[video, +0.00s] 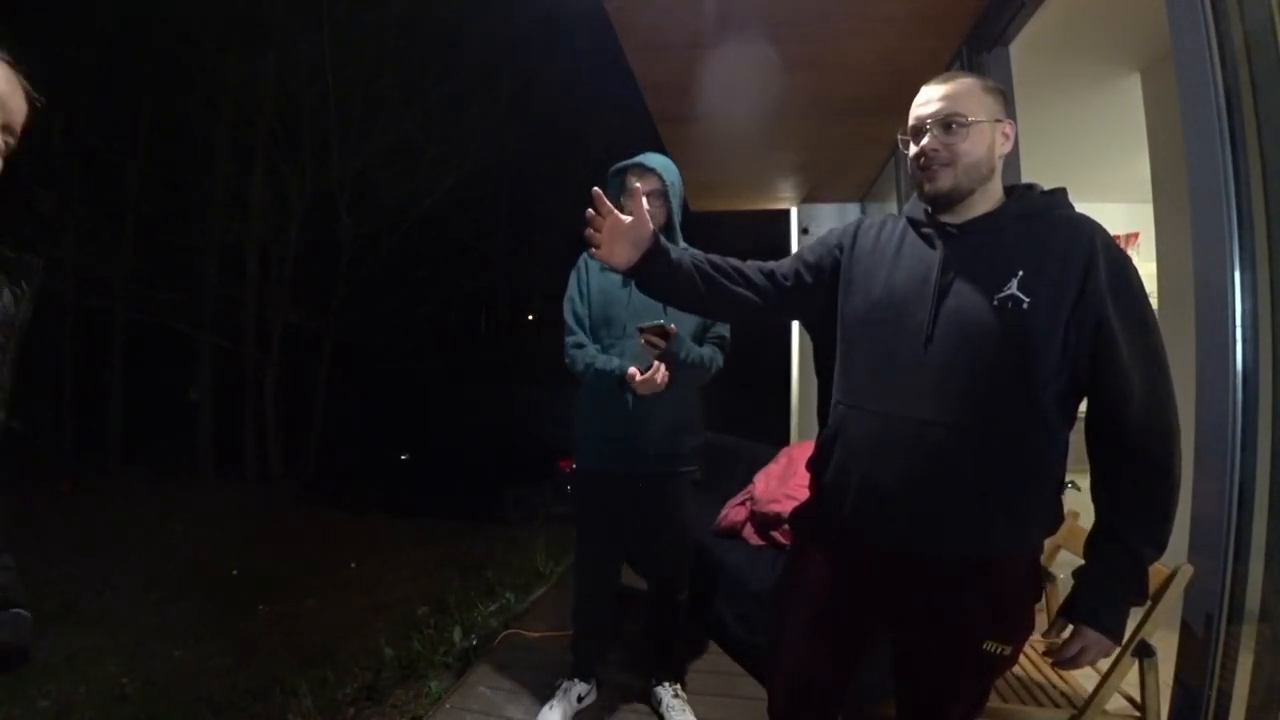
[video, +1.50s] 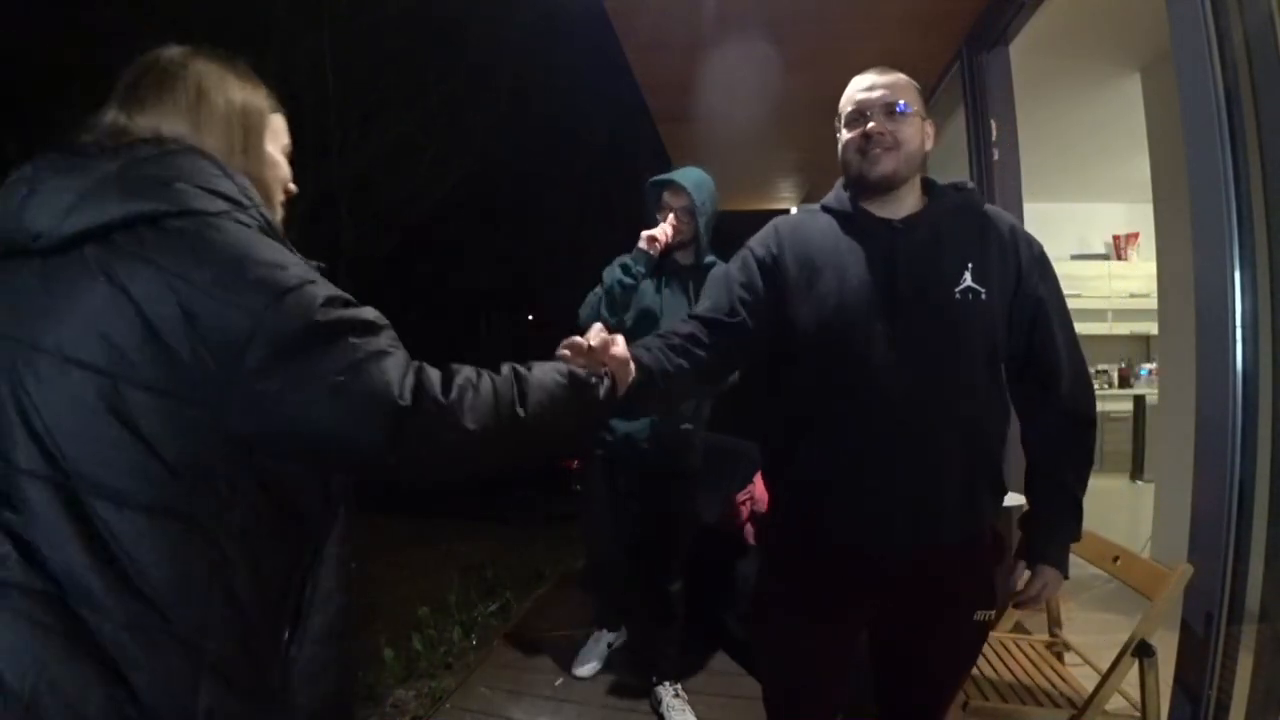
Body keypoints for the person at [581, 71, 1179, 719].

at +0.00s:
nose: (920, 143)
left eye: (946, 126)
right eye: (913, 133)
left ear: (1004, 136)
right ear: (905, 150)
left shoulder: (1075, 250)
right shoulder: (861, 242)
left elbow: (1140, 435)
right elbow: (761, 286)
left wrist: (1105, 596)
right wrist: (652, 256)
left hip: (976, 561)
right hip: (842, 542)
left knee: (938, 710)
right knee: (801, 703)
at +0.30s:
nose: (924, 143)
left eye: (951, 126)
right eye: (916, 132)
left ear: (1007, 135)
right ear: (907, 148)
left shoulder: (1077, 250)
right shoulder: (861, 240)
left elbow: (1140, 435)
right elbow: (760, 284)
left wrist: (1106, 596)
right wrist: (648, 255)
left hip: (977, 565)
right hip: (841, 547)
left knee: (938, 710)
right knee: (803, 706)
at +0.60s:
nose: (920, 142)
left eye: (946, 123)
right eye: (909, 129)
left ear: (1000, 135)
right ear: (899, 145)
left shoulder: (1067, 250)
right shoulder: (846, 238)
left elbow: (1130, 427)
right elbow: (741, 285)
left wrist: (1111, 581)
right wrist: (626, 251)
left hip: (977, 561)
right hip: (842, 547)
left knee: (937, 709)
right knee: (807, 704)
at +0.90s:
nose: (898, 139)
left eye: (921, 122)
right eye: (885, 128)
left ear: (975, 136)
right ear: (873, 146)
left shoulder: (1039, 247)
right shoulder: (820, 239)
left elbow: (1107, 414)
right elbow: (715, 292)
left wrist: (1102, 561)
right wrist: (600, 253)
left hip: (971, 562)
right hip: (832, 555)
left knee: (927, 711)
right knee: (814, 709)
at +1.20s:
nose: (873, 138)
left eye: (895, 121)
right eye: (859, 126)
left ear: (939, 135)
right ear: (843, 143)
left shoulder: (1009, 247)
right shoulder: (796, 241)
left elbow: (1073, 408)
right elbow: (688, 296)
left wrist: (1068, 546)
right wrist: (585, 262)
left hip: (959, 561)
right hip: (821, 555)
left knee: (921, 707)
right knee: (810, 706)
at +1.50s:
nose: (872, 125)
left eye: (892, 110)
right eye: (855, 117)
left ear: (930, 134)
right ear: (837, 145)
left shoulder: (1001, 248)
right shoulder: (786, 244)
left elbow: (1060, 405)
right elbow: (702, 340)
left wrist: (1049, 545)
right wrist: (632, 367)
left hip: (951, 549)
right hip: (813, 546)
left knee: (916, 709)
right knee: (806, 708)